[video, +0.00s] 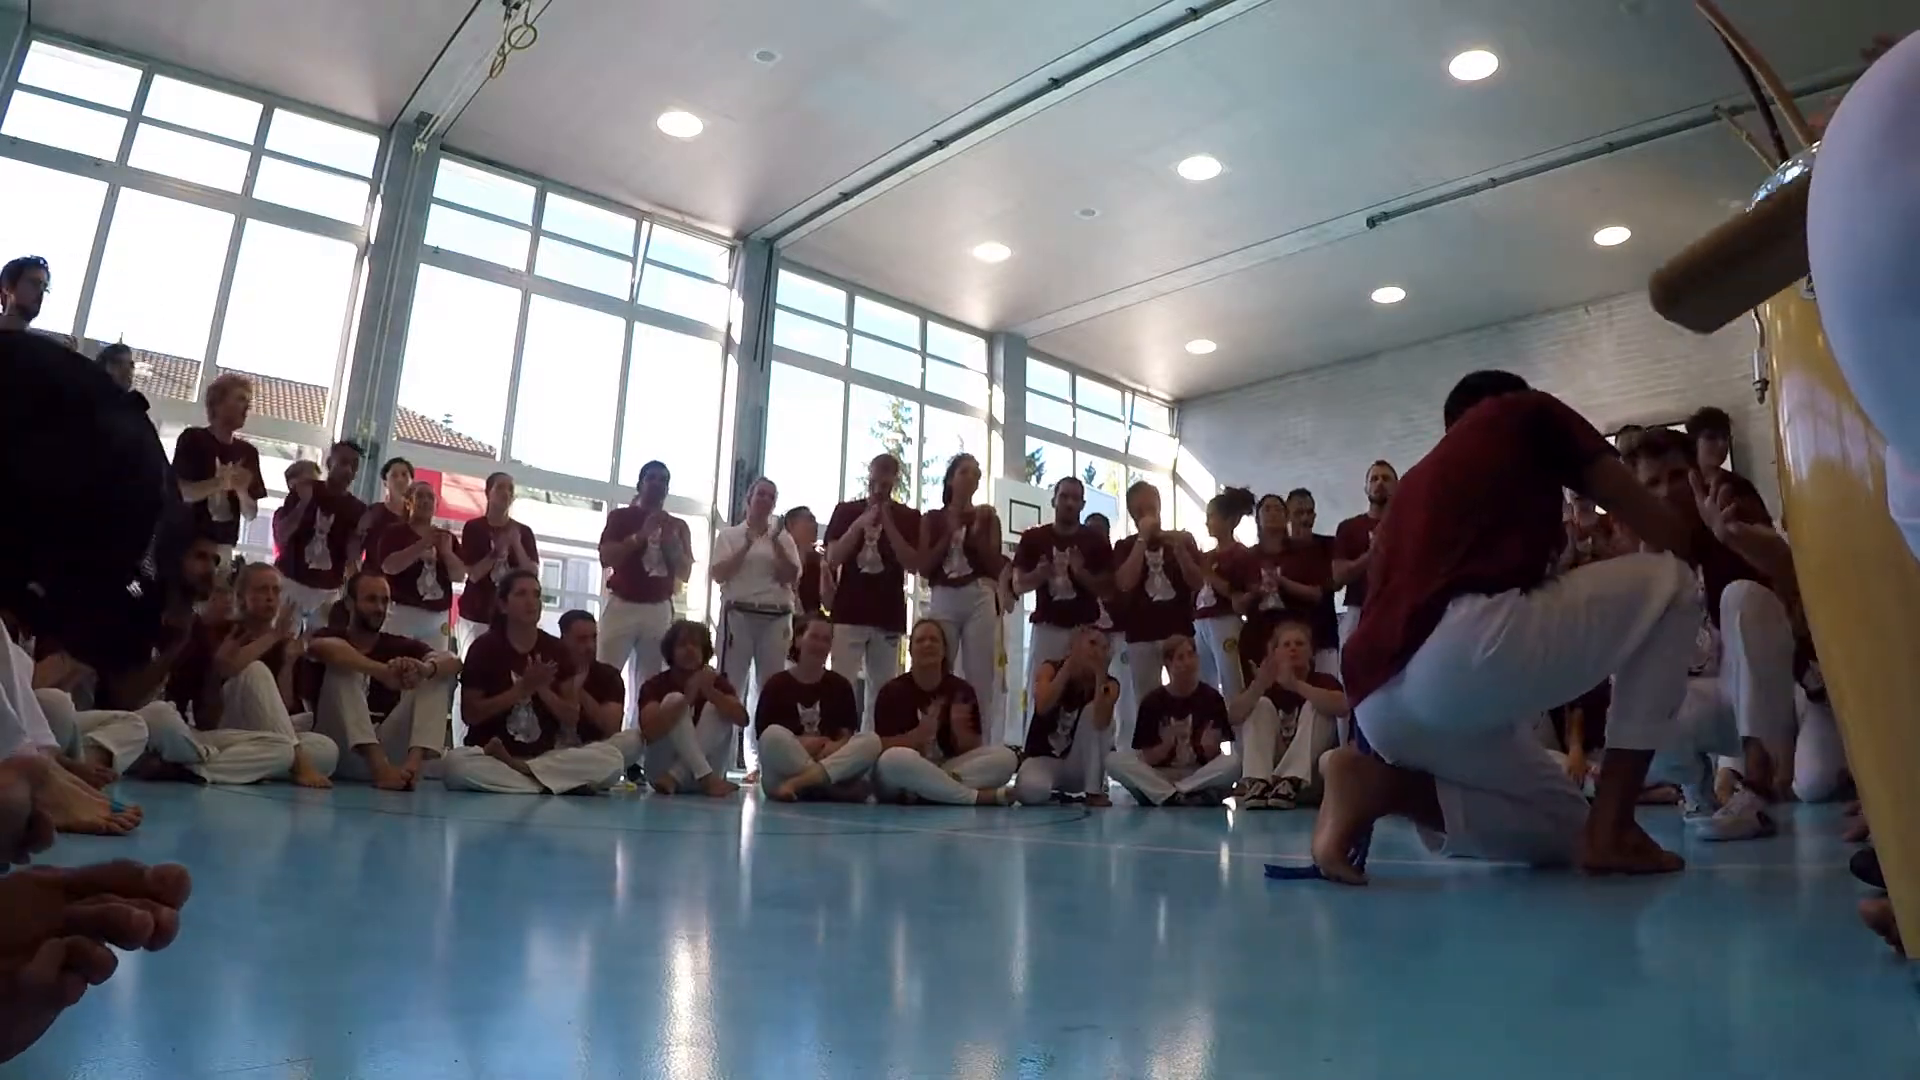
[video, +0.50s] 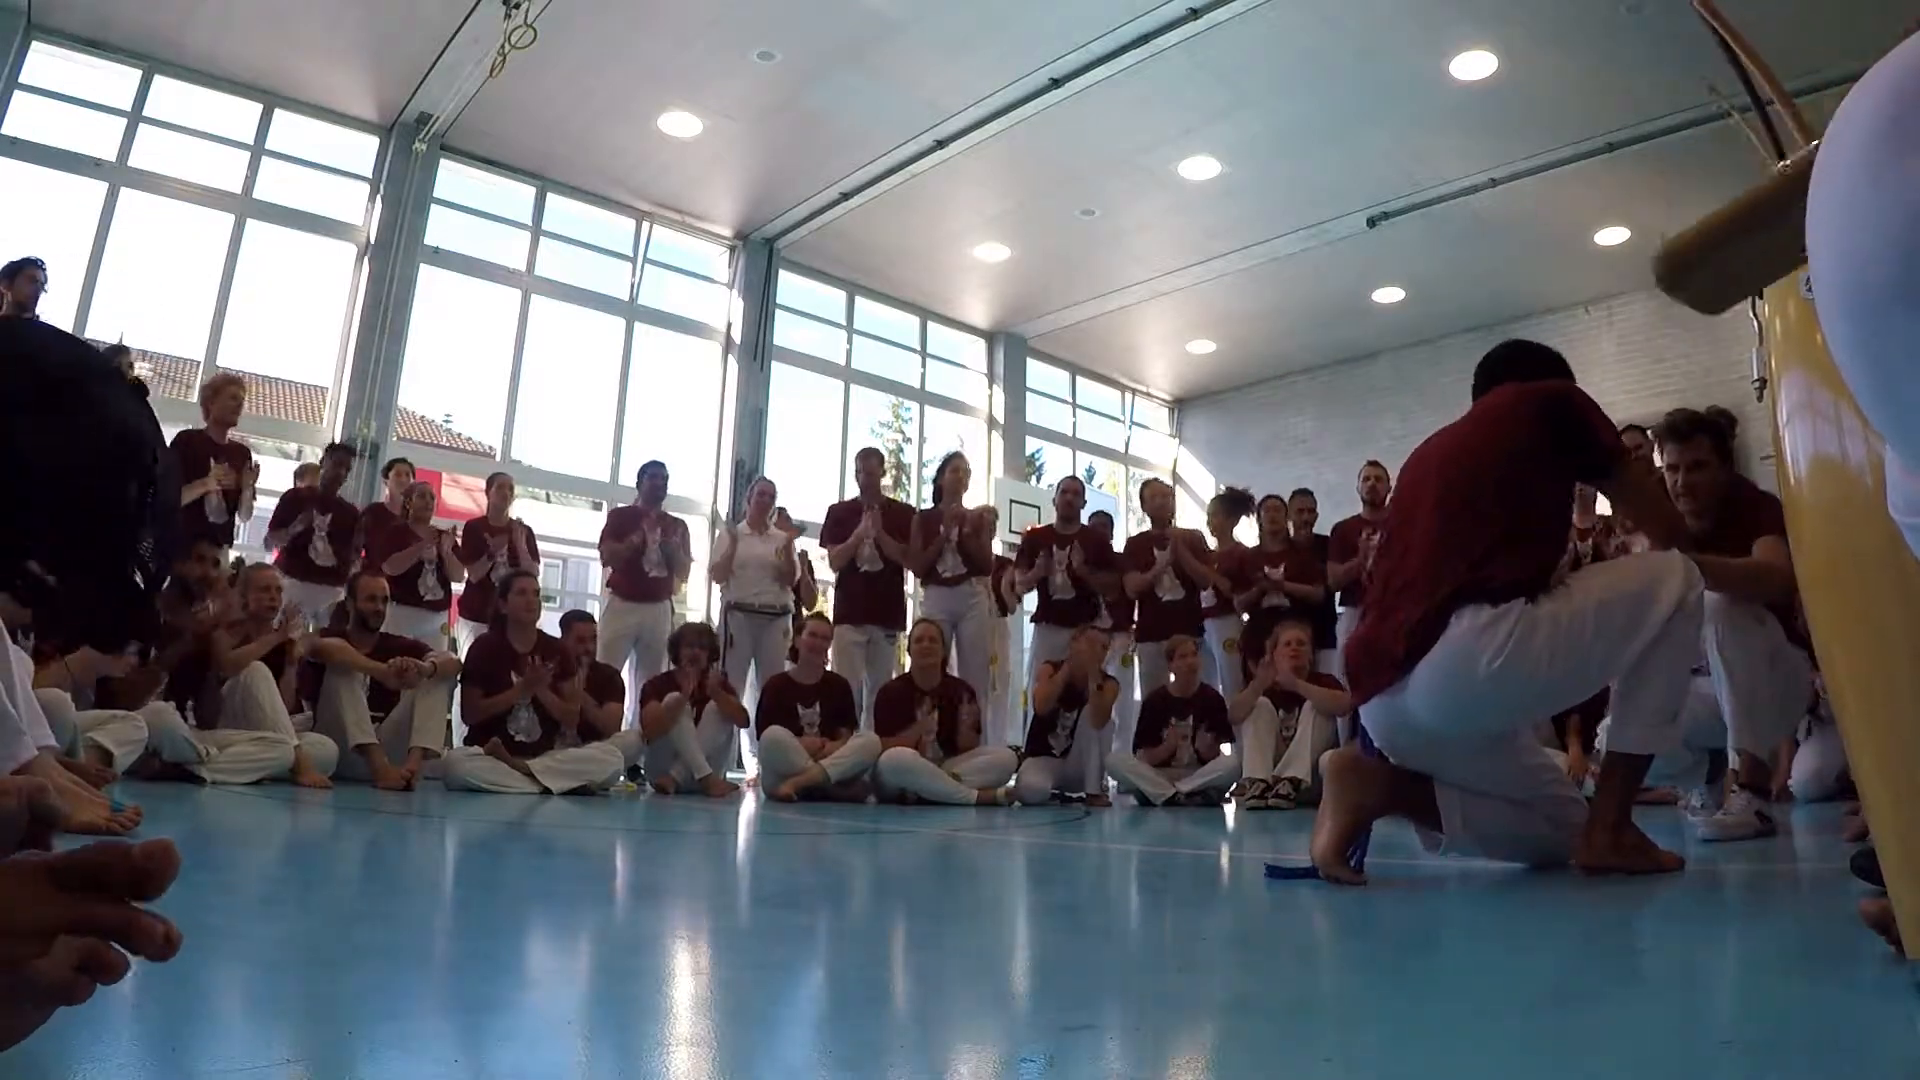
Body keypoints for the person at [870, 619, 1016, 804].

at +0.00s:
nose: (927, 645)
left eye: (934, 640)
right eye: (920, 640)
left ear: (944, 648)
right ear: (910, 649)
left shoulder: (962, 690)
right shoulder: (892, 691)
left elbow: (972, 749)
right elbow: (883, 745)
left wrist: (959, 728)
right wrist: (918, 735)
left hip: (951, 767)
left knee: (1006, 758)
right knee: (893, 760)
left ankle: (928, 792)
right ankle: (975, 798)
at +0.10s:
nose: (927, 645)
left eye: (934, 640)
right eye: (920, 640)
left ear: (944, 649)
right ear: (910, 649)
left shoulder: (961, 689)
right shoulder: (892, 691)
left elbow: (967, 750)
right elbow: (884, 747)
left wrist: (966, 724)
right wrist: (922, 727)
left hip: (950, 766)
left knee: (1006, 758)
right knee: (894, 759)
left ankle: (927, 792)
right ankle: (975, 798)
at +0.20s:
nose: (927, 645)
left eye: (933, 640)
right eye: (920, 640)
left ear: (944, 650)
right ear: (910, 649)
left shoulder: (962, 690)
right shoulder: (892, 691)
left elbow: (969, 747)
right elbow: (886, 744)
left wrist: (951, 726)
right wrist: (925, 738)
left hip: (950, 767)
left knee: (1006, 758)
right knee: (894, 759)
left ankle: (927, 792)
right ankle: (975, 798)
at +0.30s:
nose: (926, 646)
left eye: (933, 641)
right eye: (919, 641)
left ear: (944, 650)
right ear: (909, 649)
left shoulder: (961, 689)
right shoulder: (892, 691)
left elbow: (970, 746)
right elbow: (887, 745)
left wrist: (952, 726)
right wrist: (925, 735)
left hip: (950, 767)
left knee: (1006, 758)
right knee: (894, 759)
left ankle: (928, 792)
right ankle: (975, 798)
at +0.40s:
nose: (926, 646)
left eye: (933, 641)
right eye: (919, 641)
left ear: (944, 650)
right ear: (909, 650)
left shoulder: (961, 689)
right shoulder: (891, 692)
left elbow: (968, 748)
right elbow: (888, 747)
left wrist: (957, 721)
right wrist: (927, 732)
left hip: (950, 767)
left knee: (1006, 759)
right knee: (894, 759)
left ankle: (928, 792)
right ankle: (975, 798)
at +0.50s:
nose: (926, 646)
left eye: (933, 641)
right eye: (919, 641)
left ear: (944, 650)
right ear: (909, 650)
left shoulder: (961, 689)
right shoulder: (891, 692)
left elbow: (966, 749)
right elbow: (884, 746)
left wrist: (967, 726)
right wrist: (919, 729)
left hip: (950, 766)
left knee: (1006, 759)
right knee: (894, 760)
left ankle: (928, 792)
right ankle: (975, 798)